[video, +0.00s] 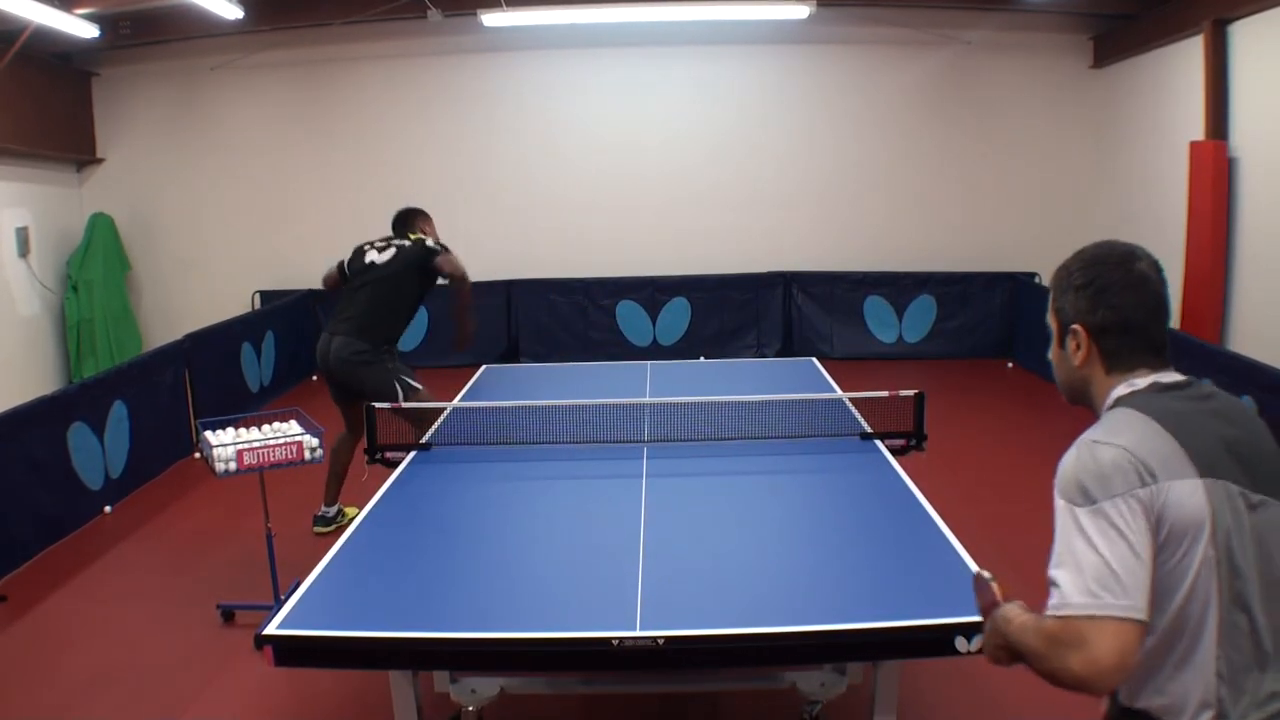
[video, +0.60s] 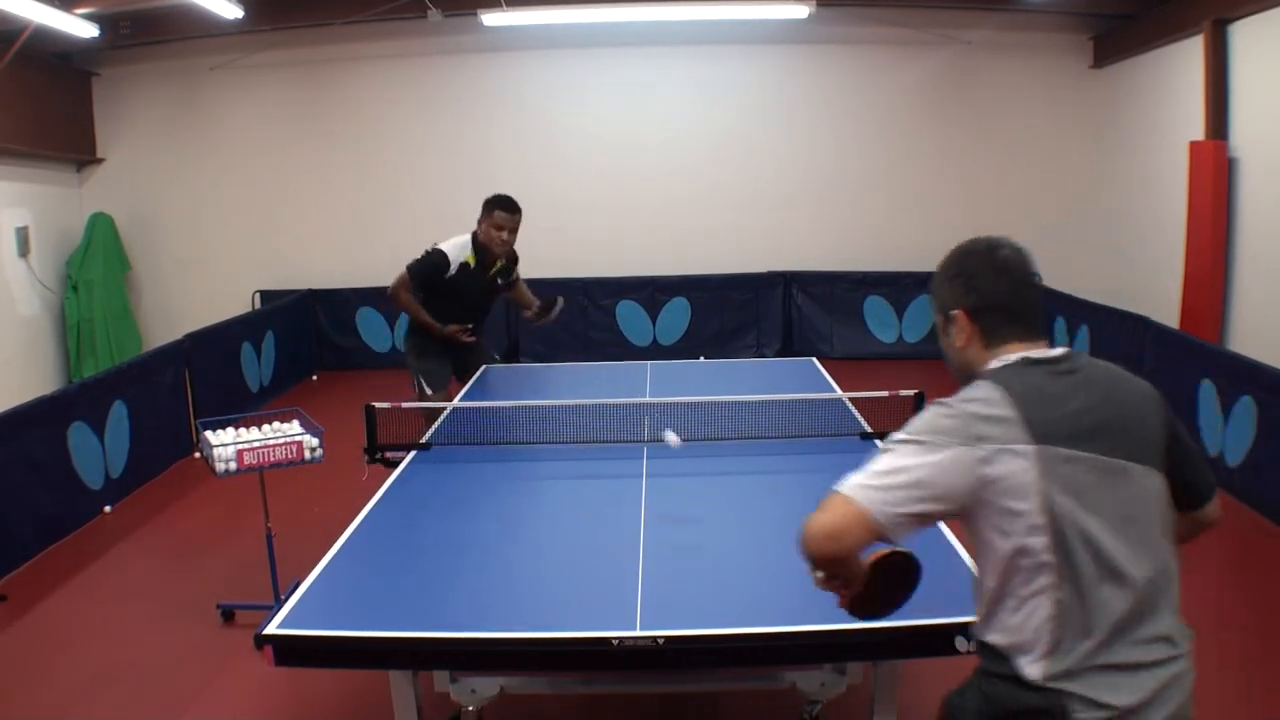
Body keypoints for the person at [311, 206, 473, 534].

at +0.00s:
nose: (435, 234)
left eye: (432, 229)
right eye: (432, 229)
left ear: (399, 231)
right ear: (422, 228)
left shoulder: (367, 249)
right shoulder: (424, 247)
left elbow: (329, 280)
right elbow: (458, 272)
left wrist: (364, 281)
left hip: (329, 351)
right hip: (366, 353)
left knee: (353, 427)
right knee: (433, 421)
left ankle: (328, 511)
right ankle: (444, 503)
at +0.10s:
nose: (454, 247)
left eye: (452, 241)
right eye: (452, 241)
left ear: (419, 240)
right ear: (442, 238)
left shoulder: (391, 259)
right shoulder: (439, 259)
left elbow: (370, 301)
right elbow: (433, 298)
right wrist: (435, 346)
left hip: (340, 360)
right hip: (373, 366)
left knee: (363, 430)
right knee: (443, 428)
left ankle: (329, 511)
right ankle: (440, 509)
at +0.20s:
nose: (484, 257)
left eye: (484, 250)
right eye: (479, 249)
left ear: (454, 248)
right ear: (455, 247)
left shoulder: (430, 265)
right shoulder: (442, 268)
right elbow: (403, 298)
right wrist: (420, 352)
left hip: (360, 366)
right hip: (381, 372)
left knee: (380, 438)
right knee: (447, 429)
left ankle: (333, 507)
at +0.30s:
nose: (489, 254)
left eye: (495, 250)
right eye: (483, 245)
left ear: (498, 252)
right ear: (463, 239)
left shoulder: (461, 273)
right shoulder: (437, 266)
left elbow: (442, 307)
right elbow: (386, 293)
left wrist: (451, 337)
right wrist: (410, 348)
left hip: (407, 363)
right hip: (384, 364)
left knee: (418, 432)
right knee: (446, 417)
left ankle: (353, 482)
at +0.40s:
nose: (490, 241)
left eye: (497, 236)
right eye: (484, 231)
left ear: (502, 238)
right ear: (466, 226)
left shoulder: (480, 257)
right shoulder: (436, 253)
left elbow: (473, 285)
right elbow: (382, 289)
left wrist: (480, 309)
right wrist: (413, 338)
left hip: (434, 347)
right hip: (399, 349)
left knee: (454, 410)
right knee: (441, 417)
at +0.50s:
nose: (496, 232)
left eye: (504, 226)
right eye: (489, 223)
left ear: (510, 226)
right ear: (472, 218)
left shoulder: (495, 250)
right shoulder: (438, 247)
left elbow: (491, 275)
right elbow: (388, 283)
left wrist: (507, 301)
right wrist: (426, 327)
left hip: (449, 331)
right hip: (411, 330)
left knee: (470, 391)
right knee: (436, 402)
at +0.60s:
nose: (505, 237)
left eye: (512, 231)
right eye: (498, 229)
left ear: (518, 232)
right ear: (480, 226)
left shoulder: (508, 259)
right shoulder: (448, 255)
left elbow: (513, 285)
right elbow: (399, 289)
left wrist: (534, 305)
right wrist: (440, 329)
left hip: (469, 339)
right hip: (428, 339)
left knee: (499, 393)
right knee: (440, 415)